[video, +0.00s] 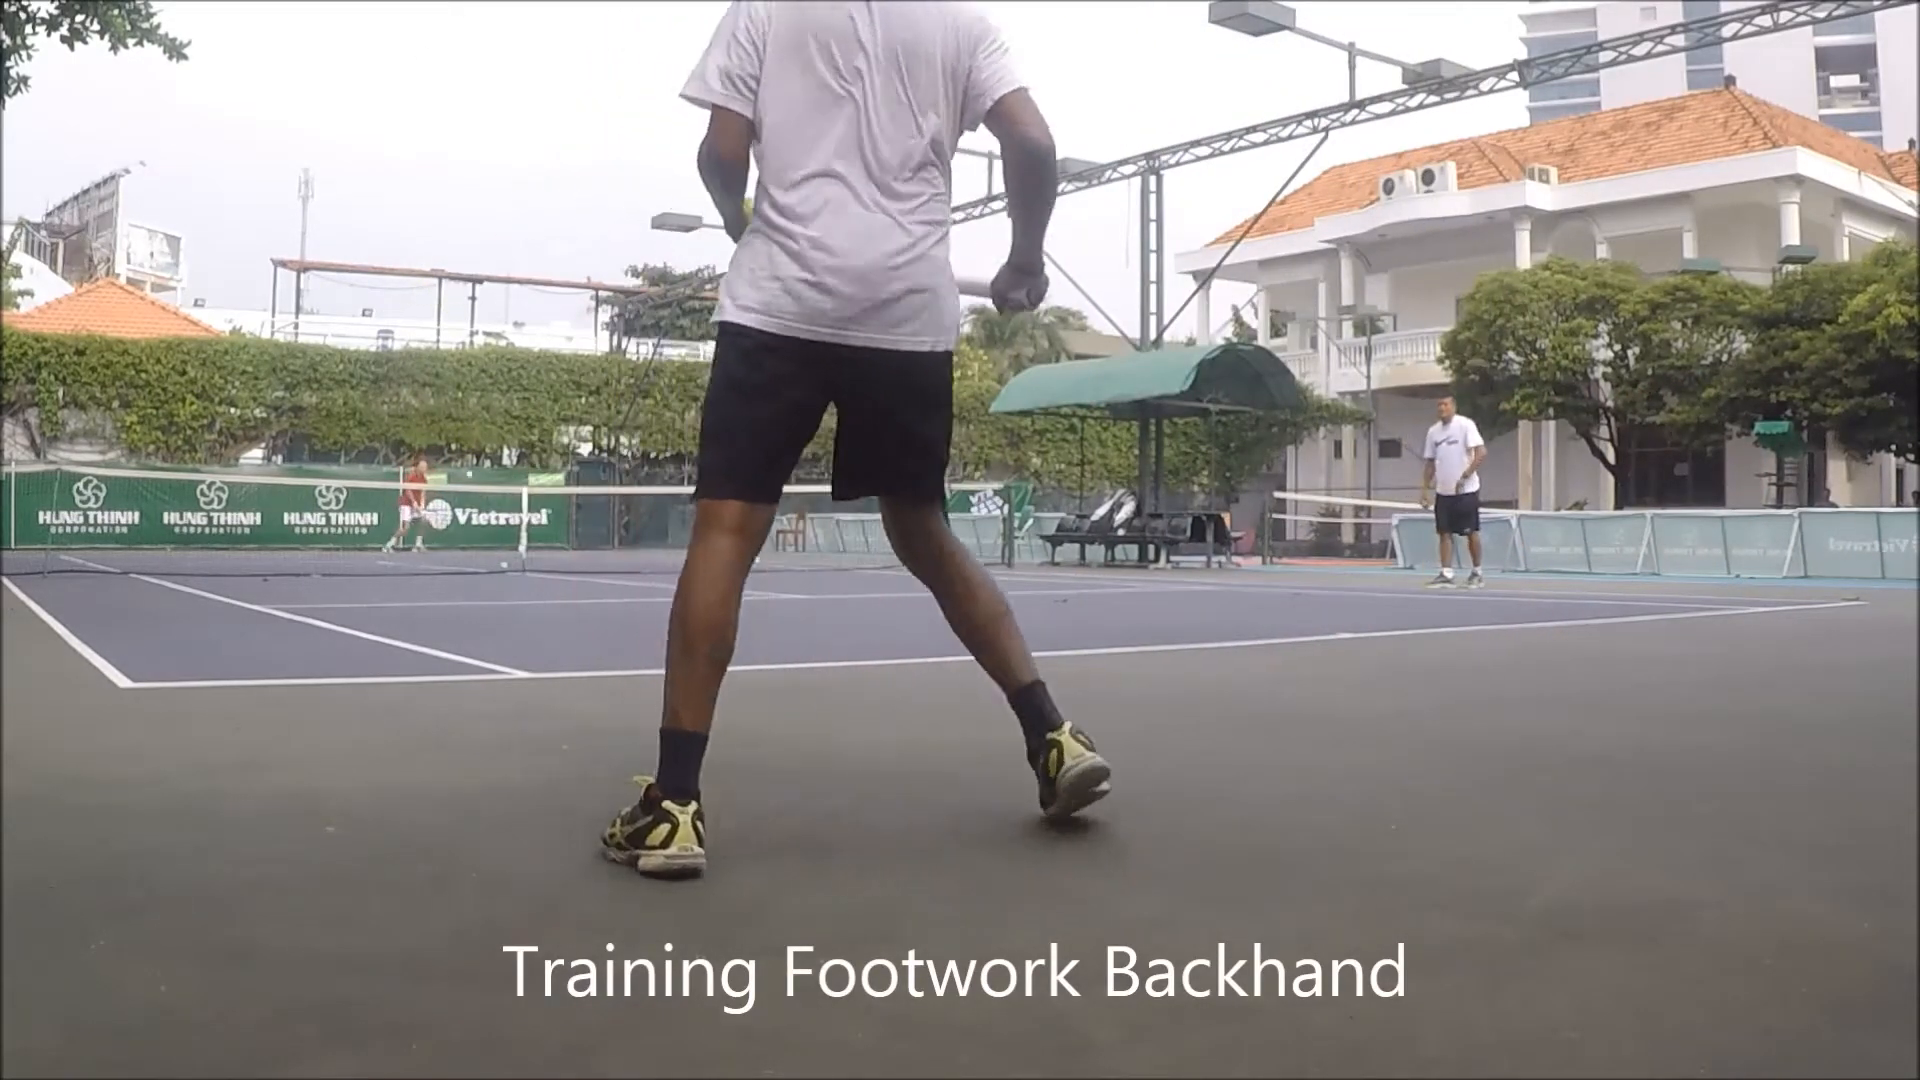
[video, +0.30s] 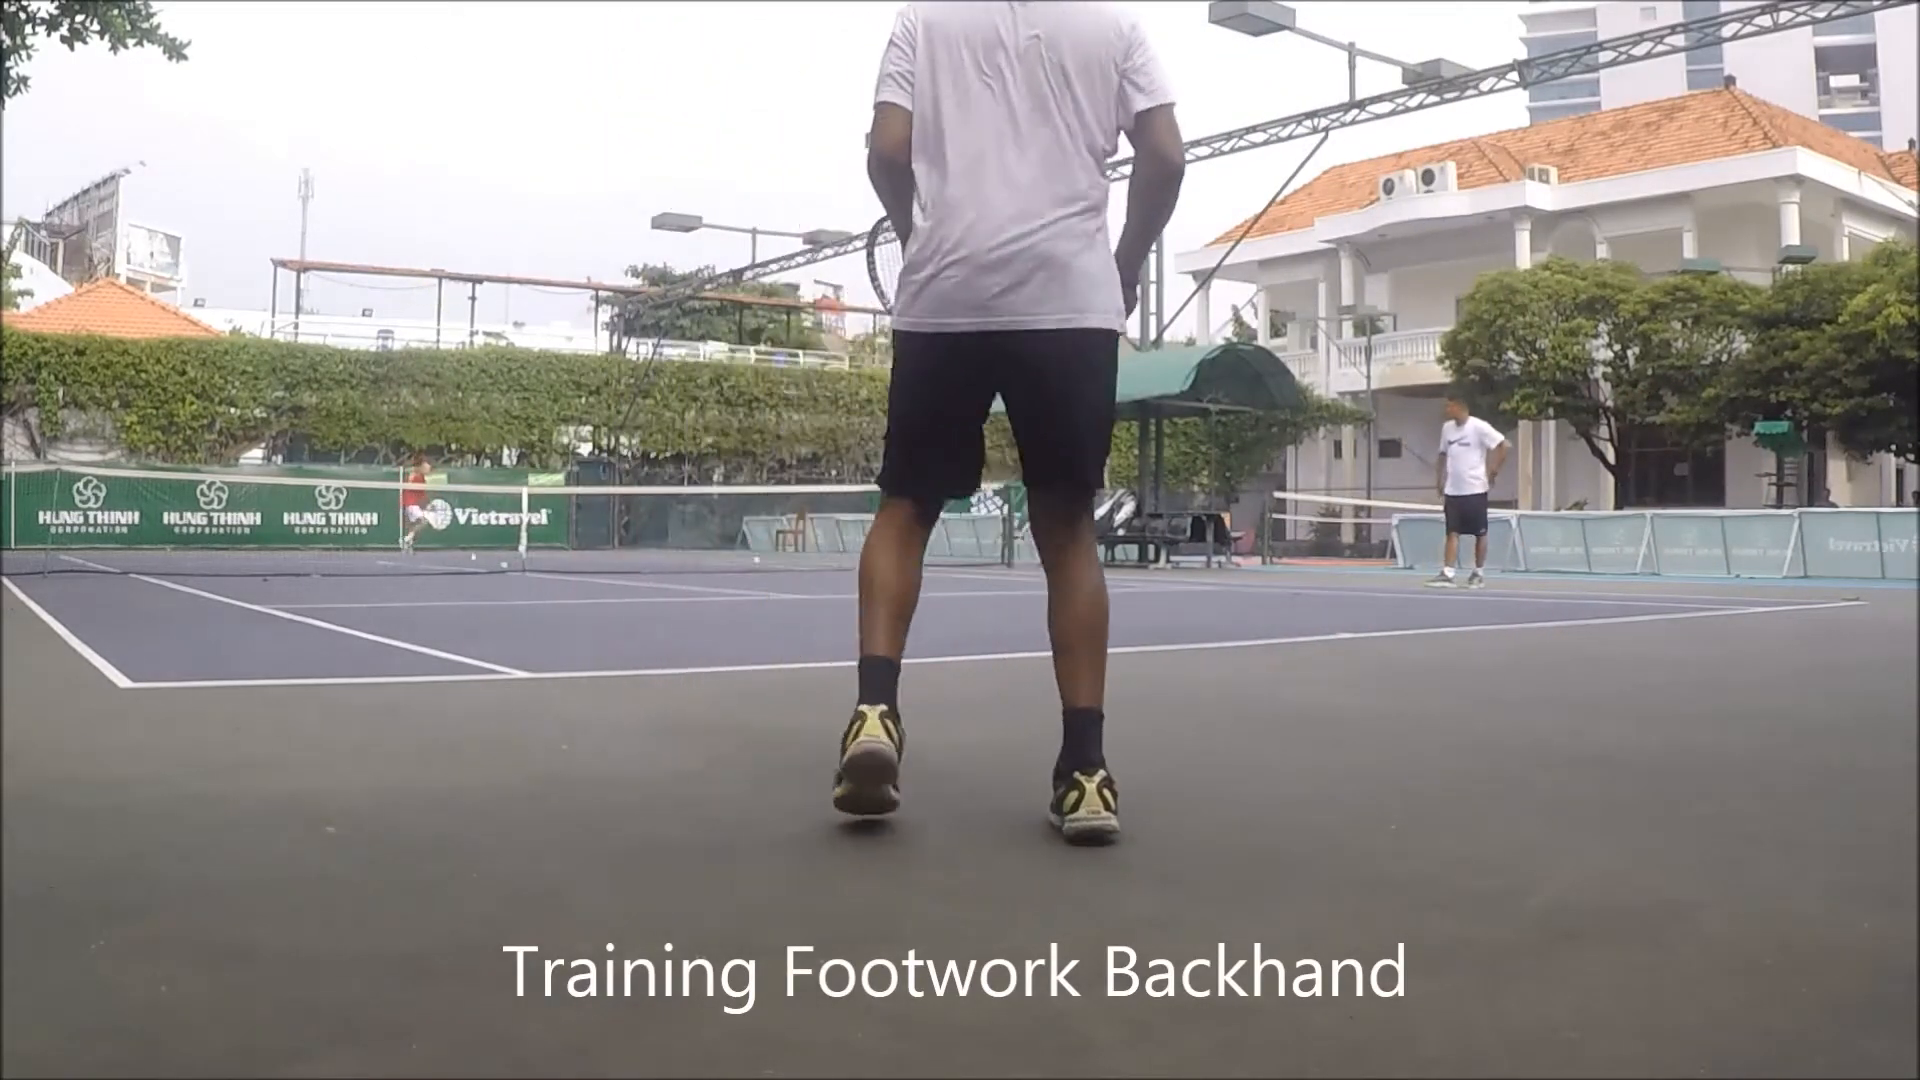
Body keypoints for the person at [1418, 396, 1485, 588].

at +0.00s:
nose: (1442, 408)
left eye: (1445, 404)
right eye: (1439, 405)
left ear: (1453, 406)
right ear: (1437, 408)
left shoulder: (1466, 425)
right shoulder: (1433, 431)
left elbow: (1480, 452)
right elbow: (1429, 463)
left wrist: (1464, 476)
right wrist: (1425, 488)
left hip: (1466, 489)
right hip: (1443, 490)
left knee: (1471, 532)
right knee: (1443, 532)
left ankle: (1476, 571)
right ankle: (1446, 572)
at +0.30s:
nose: (1447, 410)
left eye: (1450, 406)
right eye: (1447, 406)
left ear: (1461, 407)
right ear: (1452, 409)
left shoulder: (1478, 426)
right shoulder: (1447, 427)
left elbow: (1502, 445)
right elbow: (1442, 454)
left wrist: (1494, 470)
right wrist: (1440, 481)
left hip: (1475, 488)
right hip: (1452, 488)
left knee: (1480, 533)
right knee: (1452, 532)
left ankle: (1478, 572)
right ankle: (1447, 572)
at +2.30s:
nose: (1463, 414)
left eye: (1466, 410)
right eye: (1460, 411)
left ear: (1475, 411)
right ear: (1457, 413)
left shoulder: (1486, 429)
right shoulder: (1450, 429)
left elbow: (1508, 450)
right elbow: (1438, 448)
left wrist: (1493, 471)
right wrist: (1440, 470)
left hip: (1477, 487)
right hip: (1453, 487)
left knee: (1480, 533)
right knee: (1449, 530)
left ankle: (1477, 570)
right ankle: (1450, 569)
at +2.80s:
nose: (1434, 414)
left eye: (1436, 411)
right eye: (1433, 412)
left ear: (1447, 410)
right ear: (1437, 413)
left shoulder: (1461, 428)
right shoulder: (1437, 431)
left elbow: (1484, 449)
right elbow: (1439, 455)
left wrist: (1475, 474)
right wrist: (1438, 475)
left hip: (1460, 487)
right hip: (1441, 488)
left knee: (1469, 530)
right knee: (1443, 531)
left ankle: (1476, 570)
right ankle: (1440, 570)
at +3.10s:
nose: (1421, 417)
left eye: (1423, 413)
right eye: (1421, 414)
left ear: (1432, 413)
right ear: (1428, 414)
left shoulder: (1447, 429)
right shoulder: (1429, 433)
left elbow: (1459, 456)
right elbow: (1433, 459)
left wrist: (1449, 481)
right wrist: (1429, 480)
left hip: (1444, 486)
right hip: (1431, 487)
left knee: (1443, 527)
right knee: (1437, 529)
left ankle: (1460, 564)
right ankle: (1440, 569)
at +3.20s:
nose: (1419, 417)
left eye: (1420, 413)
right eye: (1419, 414)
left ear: (1429, 412)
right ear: (1426, 413)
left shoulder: (1444, 429)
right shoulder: (1428, 433)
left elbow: (1454, 457)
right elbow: (1432, 459)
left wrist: (1440, 482)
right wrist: (1427, 482)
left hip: (1440, 487)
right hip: (1429, 487)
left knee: (1432, 525)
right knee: (1434, 528)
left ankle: (1445, 566)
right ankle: (1438, 568)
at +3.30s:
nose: (1415, 417)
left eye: (1417, 413)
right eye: (1415, 414)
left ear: (1426, 413)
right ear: (1424, 413)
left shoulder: (1440, 429)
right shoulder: (1426, 434)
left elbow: (1449, 457)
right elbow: (1429, 463)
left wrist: (1434, 484)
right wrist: (1422, 489)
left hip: (1437, 487)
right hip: (1428, 487)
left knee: (1422, 525)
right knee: (1437, 529)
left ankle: (1427, 568)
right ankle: (1440, 570)